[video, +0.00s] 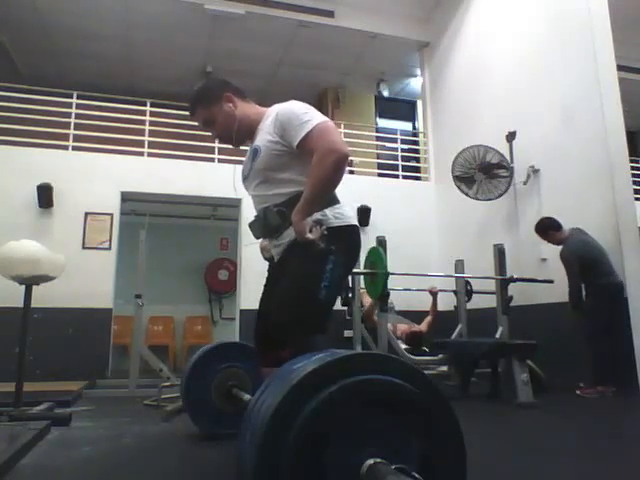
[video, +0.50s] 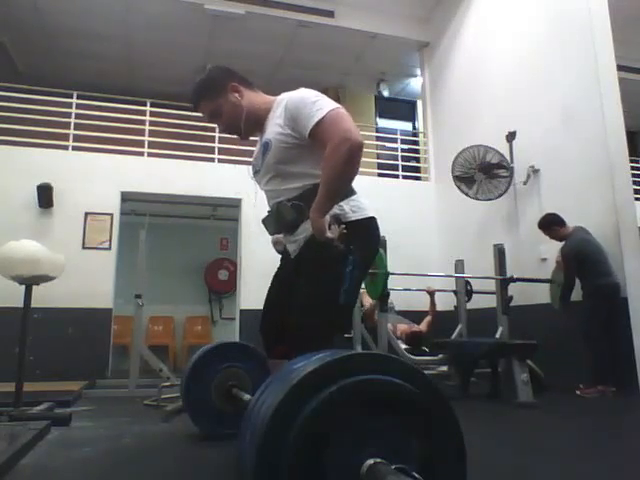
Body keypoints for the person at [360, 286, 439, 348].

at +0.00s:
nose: (412, 327)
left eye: (410, 330)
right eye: (414, 329)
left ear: (403, 338)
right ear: (416, 329)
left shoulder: (387, 334)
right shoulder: (421, 331)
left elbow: (367, 317)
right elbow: (432, 316)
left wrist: (376, 301)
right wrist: (434, 297)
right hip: (390, 314)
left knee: (364, 294)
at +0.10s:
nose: (412, 327)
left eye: (409, 331)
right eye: (414, 329)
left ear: (403, 339)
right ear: (416, 329)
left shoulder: (387, 334)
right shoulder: (421, 331)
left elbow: (367, 318)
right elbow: (431, 315)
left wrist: (376, 302)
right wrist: (433, 297)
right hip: (390, 313)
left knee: (363, 294)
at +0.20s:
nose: (413, 327)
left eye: (412, 331)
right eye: (415, 329)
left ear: (403, 339)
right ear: (416, 329)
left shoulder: (386, 334)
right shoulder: (421, 331)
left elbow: (368, 318)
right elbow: (431, 315)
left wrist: (377, 302)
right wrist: (432, 297)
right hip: (390, 314)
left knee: (363, 294)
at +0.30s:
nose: (414, 327)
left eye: (412, 330)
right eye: (416, 329)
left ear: (403, 338)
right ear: (417, 329)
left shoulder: (388, 334)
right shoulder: (421, 331)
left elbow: (368, 319)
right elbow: (431, 315)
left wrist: (377, 303)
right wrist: (432, 297)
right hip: (390, 313)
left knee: (363, 294)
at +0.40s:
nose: (414, 327)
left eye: (413, 331)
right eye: (416, 329)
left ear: (403, 338)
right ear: (417, 329)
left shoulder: (388, 334)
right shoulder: (421, 332)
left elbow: (369, 320)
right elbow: (431, 315)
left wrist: (377, 303)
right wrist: (432, 297)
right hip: (390, 314)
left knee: (364, 295)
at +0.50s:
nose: (414, 327)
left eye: (412, 331)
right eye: (416, 329)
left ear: (403, 338)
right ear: (417, 329)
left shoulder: (387, 334)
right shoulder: (421, 332)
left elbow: (368, 319)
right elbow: (431, 315)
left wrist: (377, 303)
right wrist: (432, 297)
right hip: (390, 313)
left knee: (364, 295)